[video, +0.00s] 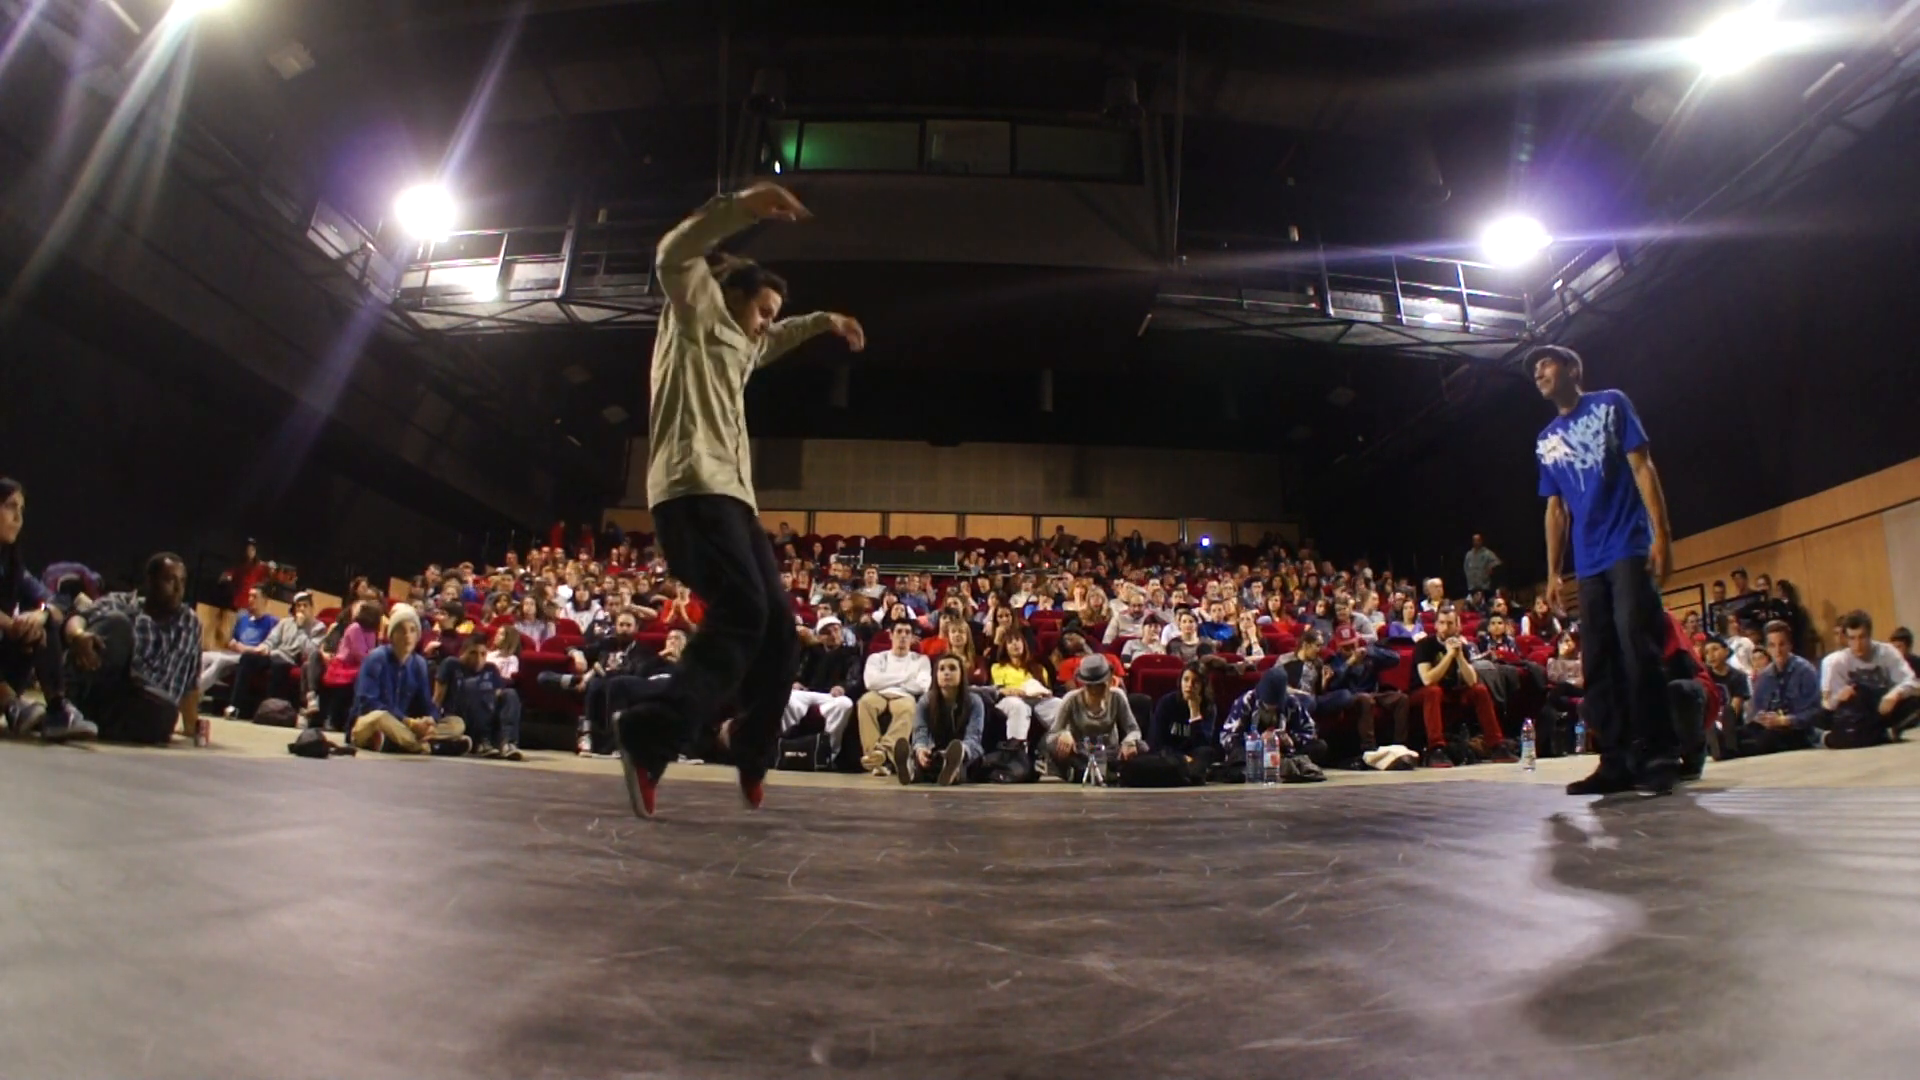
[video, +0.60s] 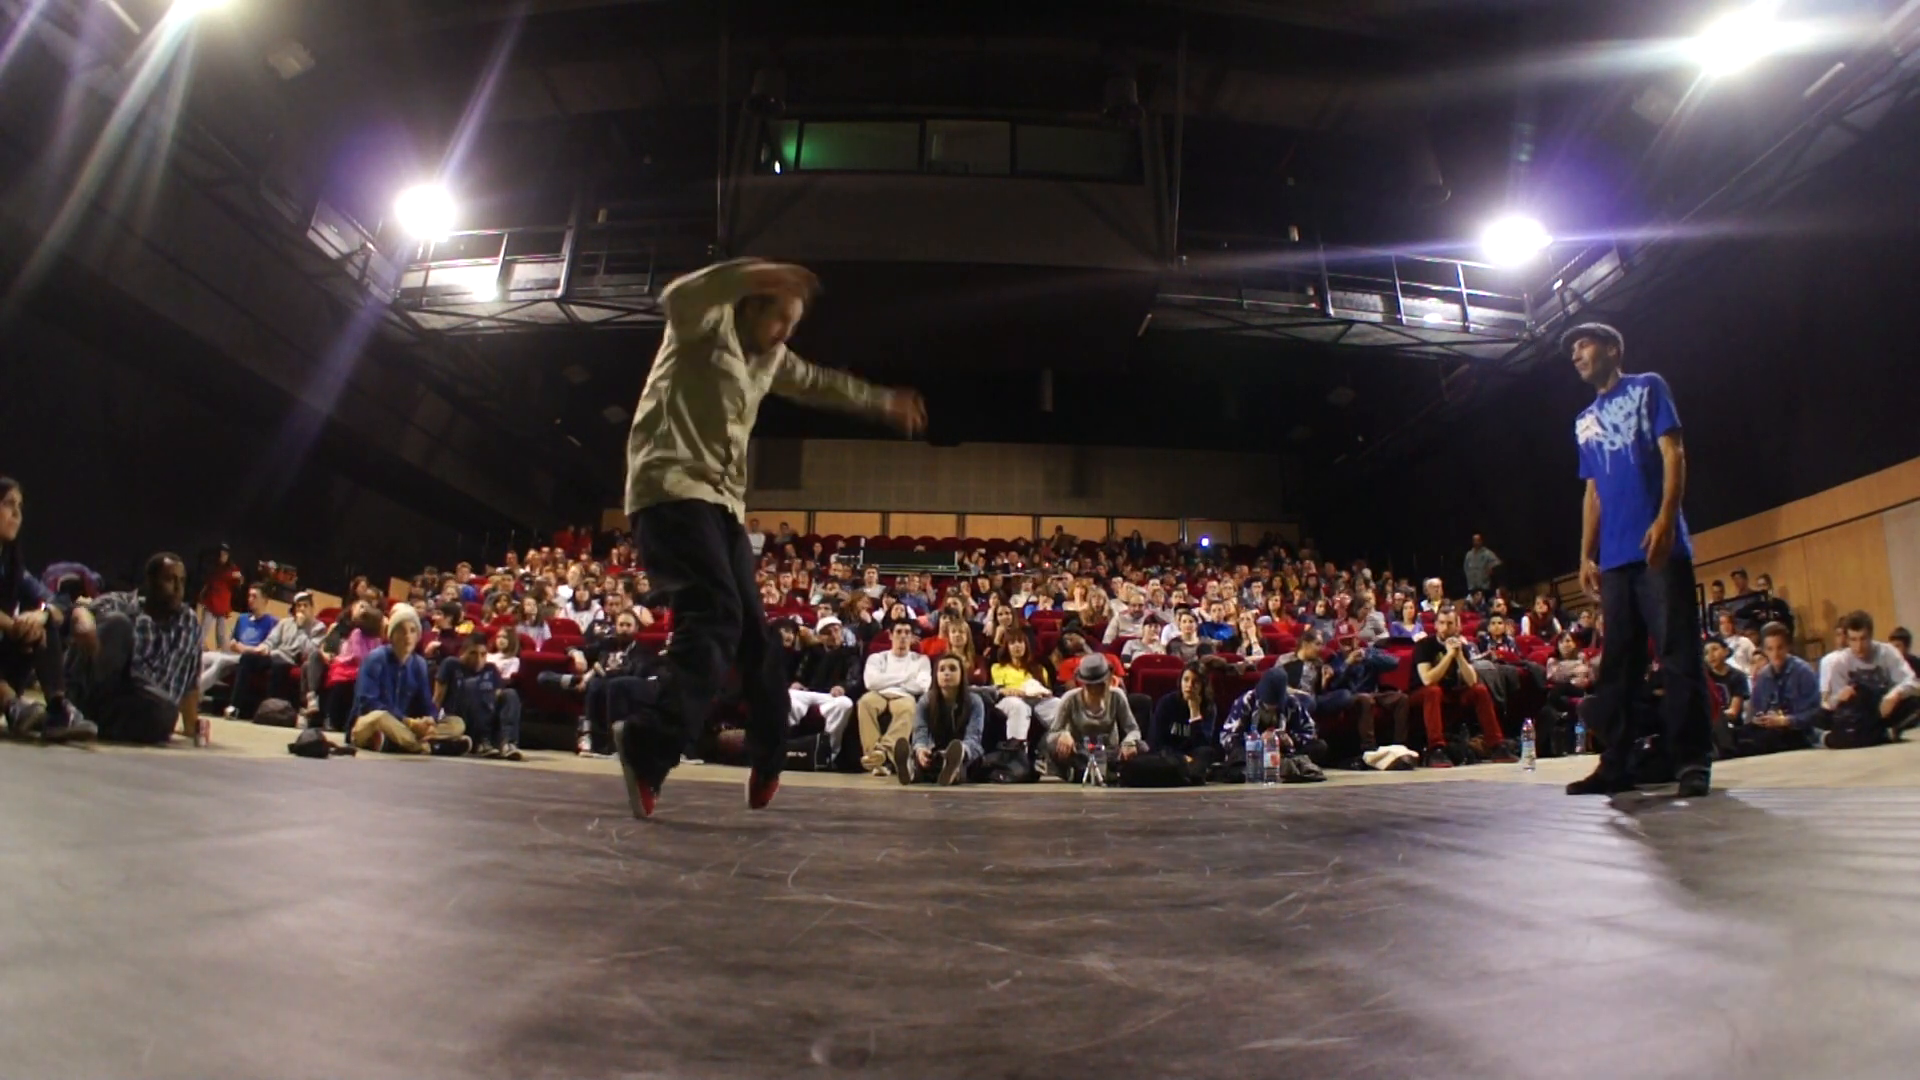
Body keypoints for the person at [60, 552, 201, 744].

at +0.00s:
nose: (178, 589)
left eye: (182, 582)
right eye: (170, 581)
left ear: (186, 585)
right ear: (151, 581)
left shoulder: (191, 623)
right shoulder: (122, 603)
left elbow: (190, 685)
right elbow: (76, 620)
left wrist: (191, 731)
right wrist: (78, 636)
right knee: (117, 625)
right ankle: (67, 709)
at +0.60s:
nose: (178, 589)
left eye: (181, 582)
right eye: (170, 580)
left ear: (185, 585)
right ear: (152, 581)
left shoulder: (190, 623)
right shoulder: (127, 603)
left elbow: (190, 685)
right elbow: (82, 608)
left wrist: (191, 732)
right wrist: (84, 622)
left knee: (161, 719)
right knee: (118, 625)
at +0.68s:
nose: (178, 589)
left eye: (182, 582)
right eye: (171, 580)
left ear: (185, 585)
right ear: (152, 581)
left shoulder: (191, 622)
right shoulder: (131, 603)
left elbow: (191, 684)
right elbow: (92, 599)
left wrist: (191, 731)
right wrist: (94, 609)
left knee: (159, 721)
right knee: (117, 623)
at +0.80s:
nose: (176, 586)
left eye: (181, 580)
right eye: (170, 578)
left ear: (185, 584)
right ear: (152, 580)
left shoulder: (191, 621)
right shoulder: (131, 610)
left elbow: (190, 678)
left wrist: (191, 727)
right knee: (116, 622)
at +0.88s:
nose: (176, 585)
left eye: (181, 579)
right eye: (169, 577)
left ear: (185, 585)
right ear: (152, 579)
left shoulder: (191, 621)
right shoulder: (132, 609)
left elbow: (190, 678)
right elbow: (133, 666)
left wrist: (191, 727)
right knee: (116, 626)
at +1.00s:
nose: (176, 585)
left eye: (180, 580)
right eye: (168, 577)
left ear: (185, 585)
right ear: (152, 579)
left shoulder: (190, 621)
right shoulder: (131, 606)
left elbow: (190, 683)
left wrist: (191, 730)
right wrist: (121, 565)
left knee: (161, 718)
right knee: (117, 622)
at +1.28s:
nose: (178, 588)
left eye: (181, 582)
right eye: (170, 580)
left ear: (184, 587)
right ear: (152, 581)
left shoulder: (189, 621)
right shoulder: (131, 606)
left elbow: (191, 682)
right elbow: (106, 588)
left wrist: (191, 730)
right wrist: (129, 562)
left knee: (158, 721)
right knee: (115, 621)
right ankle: (68, 704)